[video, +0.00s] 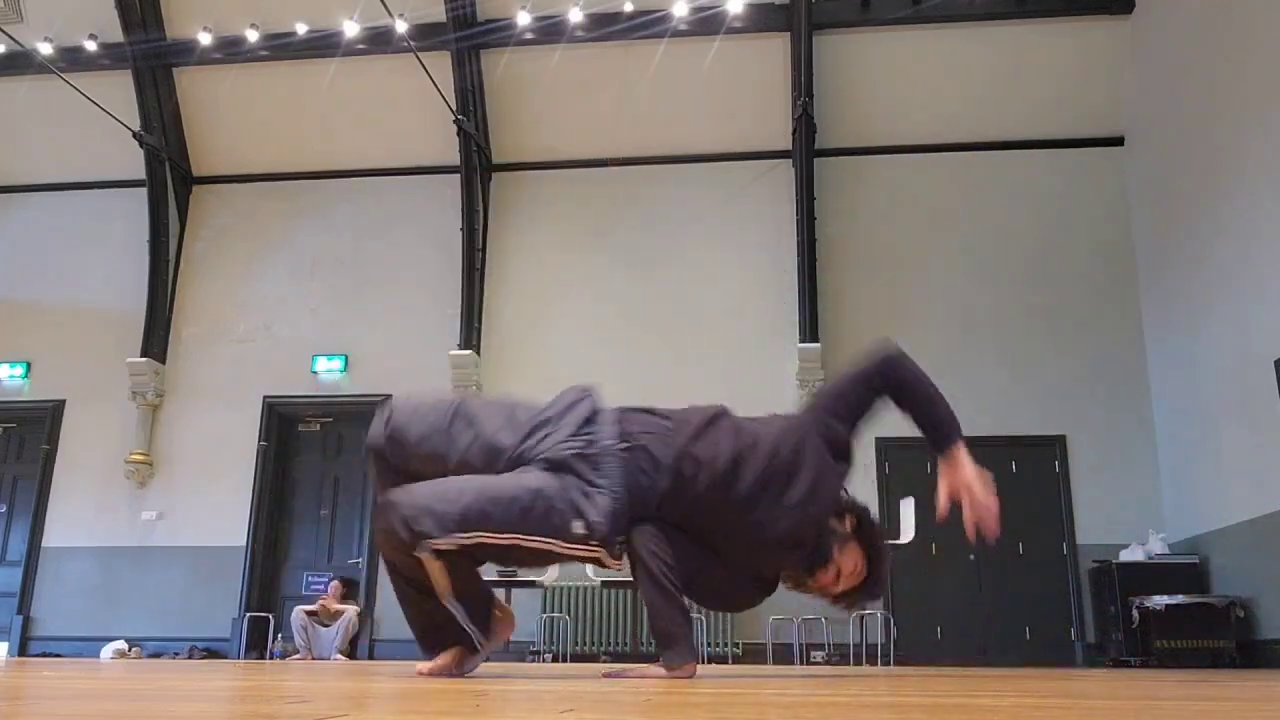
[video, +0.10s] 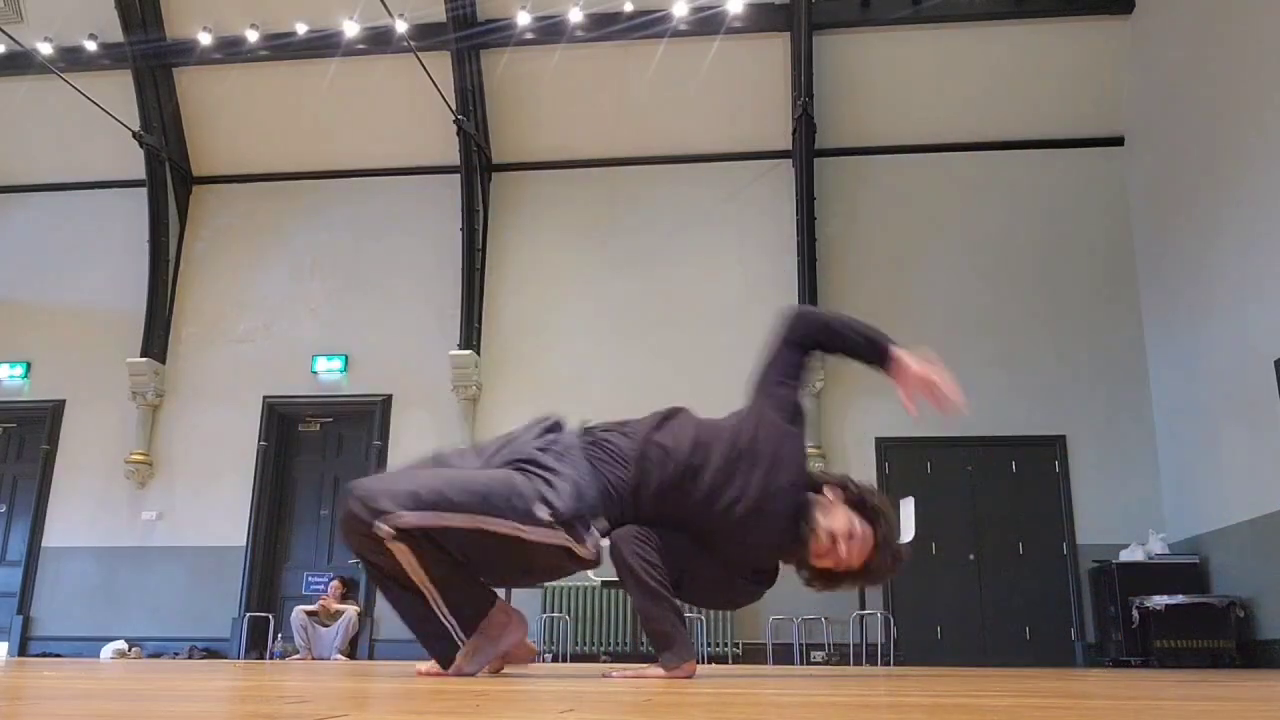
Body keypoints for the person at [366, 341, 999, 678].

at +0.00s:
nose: (829, 582)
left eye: (837, 588)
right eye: (843, 570)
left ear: (829, 590)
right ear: (850, 531)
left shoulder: (741, 587)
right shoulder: (820, 449)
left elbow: (650, 540)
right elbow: (890, 361)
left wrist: (680, 656)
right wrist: (955, 449)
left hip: (599, 503)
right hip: (582, 419)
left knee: (401, 517)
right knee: (396, 428)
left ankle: (484, 620)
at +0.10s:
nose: (843, 546)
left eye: (852, 560)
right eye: (855, 530)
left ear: (835, 574)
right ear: (841, 496)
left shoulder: (743, 579)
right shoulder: (780, 429)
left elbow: (634, 546)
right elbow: (802, 326)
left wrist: (676, 652)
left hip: (573, 512)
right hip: (558, 446)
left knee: (375, 509)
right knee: (366, 508)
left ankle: (490, 621)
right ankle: (478, 634)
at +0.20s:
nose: (821, 513)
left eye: (830, 532)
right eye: (834, 500)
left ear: (809, 557)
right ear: (815, 475)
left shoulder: (732, 573)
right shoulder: (741, 438)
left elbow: (625, 545)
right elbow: (723, 347)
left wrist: (676, 653)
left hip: (544, 502)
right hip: (531, 458)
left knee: (338, 508)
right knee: (344, 521)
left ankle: (480, 622)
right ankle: (482, 638)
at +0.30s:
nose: (778, 511)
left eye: (792, 529)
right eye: (791, 499)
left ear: (782, 559)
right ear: (779, 483)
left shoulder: (711, 584)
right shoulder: (711, 467)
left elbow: (613, 553)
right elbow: (668, 393)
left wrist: (676, 656)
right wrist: (738, 339)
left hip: (523, 506)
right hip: (517, 463)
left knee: (313, 514)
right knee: (316, 512)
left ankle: (467, 617)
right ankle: (483, 625)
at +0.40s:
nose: (746, 525)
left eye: (760, 544)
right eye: (759, 519)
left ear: (752, 583)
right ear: (751, 509)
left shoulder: (685, 583)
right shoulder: (689, 521)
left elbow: (622, 554)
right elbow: (620, 459)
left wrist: (679, 659)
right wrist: (692, 399)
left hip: (504, 495)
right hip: (499, 471)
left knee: (298, 520)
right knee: (301, 520)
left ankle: (472, 612)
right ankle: (481, 618)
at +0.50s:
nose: (735, 543)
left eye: (748, 560)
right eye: (749, 543)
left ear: (732, 605)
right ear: (734, 541)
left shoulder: (667, 560)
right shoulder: (668, 557)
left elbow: (632, 549)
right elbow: (611, 513)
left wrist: (676, 663)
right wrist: (660, 470)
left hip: (490, 500)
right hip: (485, 499)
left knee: (288, 525)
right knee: (294, 522)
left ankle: (463, 611)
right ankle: (476, 612)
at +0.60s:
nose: (722, 555)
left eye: (733, 568)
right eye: (737, 558)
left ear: (724, 611)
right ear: (715, 621)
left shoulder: (673, 571)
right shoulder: (651, 631)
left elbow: (659, 546)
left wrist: (670, 671)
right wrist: (646, 662)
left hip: (491, 504)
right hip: (484, 501)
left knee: (289, 524)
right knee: (291, 523)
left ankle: (461, 609)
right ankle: (473, 609)